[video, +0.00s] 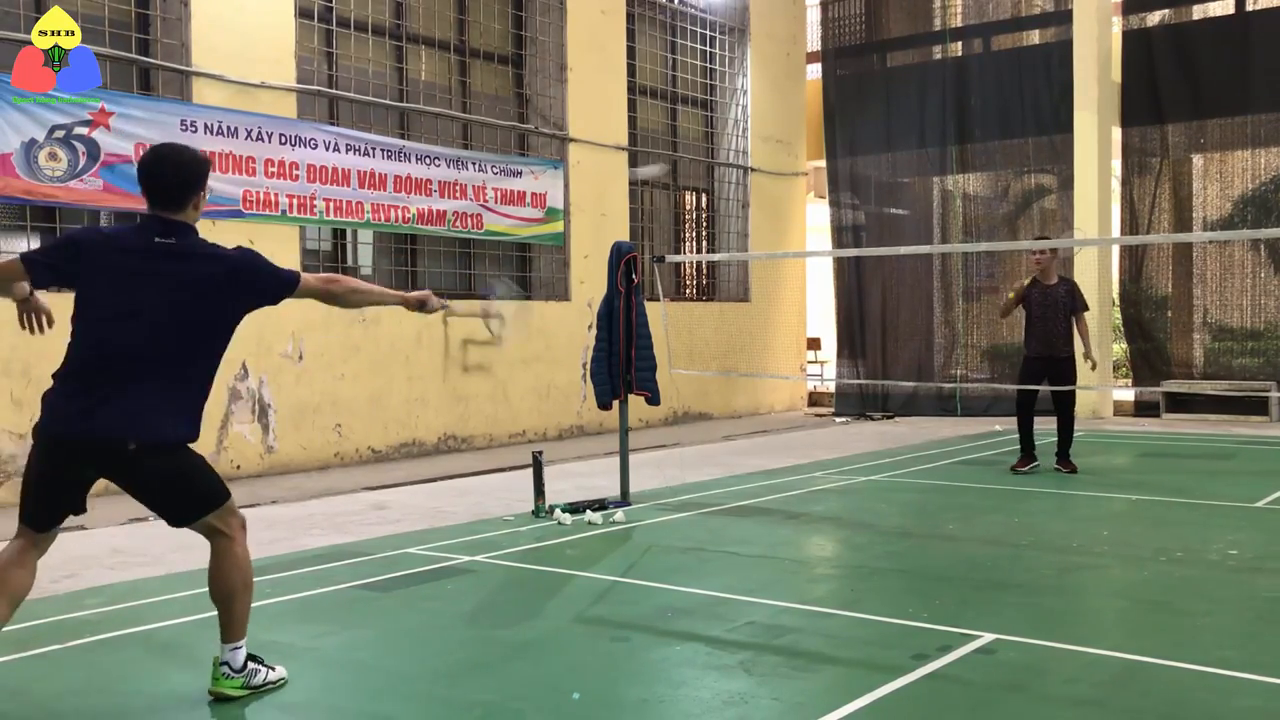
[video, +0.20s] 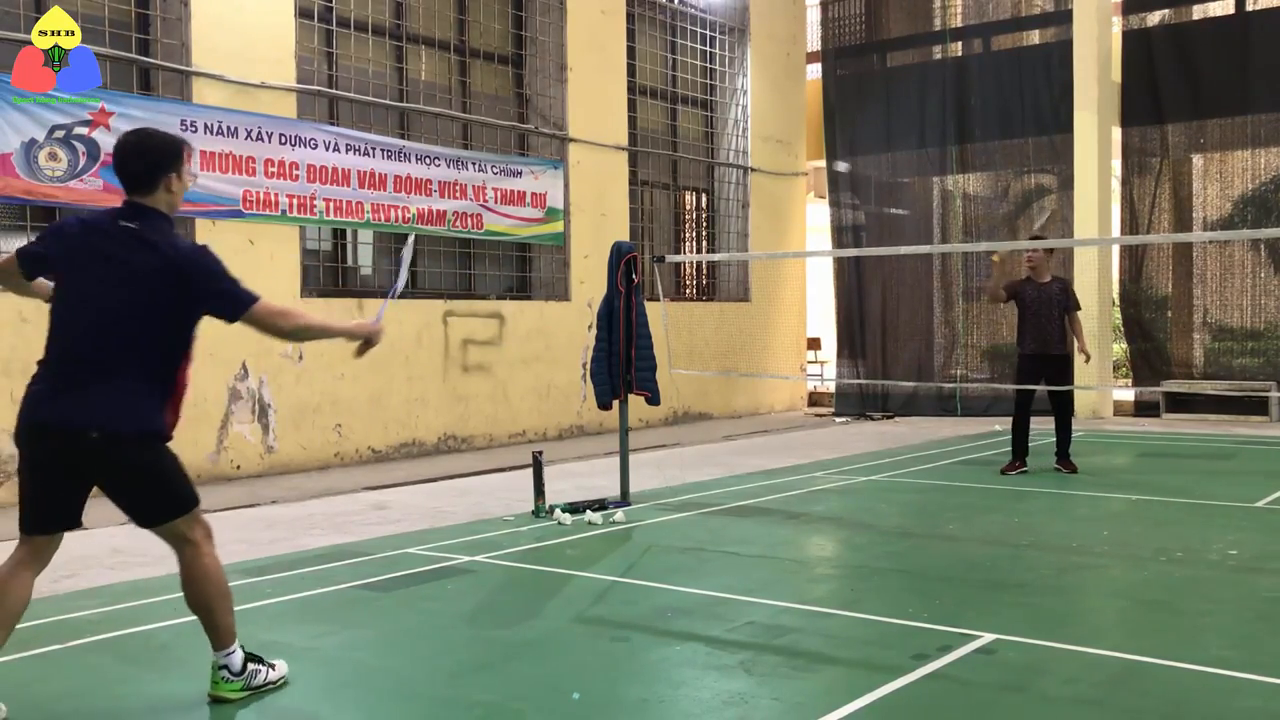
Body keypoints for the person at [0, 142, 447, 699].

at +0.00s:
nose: (207, 193)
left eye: (201, 186)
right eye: (206, 187)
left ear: (145, 192)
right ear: (199, 197)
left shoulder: (93, 246)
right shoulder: (230, 268)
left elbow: (9, 272)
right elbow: (329, 287)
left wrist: (22, 295)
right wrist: (404, 297)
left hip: (64, 430)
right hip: (151, 439)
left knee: (26, 541)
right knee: (228, 528)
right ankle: (233, 663)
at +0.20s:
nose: (190, 180)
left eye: (187, 169)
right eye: (186, 171)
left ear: (125, 180)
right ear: (171, 180)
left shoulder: (76, 231)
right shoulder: (185, 260)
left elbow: (8, 271)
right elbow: (278, 322)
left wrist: (53, 292)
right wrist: (353, 328)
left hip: (46, 425)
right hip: (125, 432)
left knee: (30, 551)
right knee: (193, 538)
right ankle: (230, 664)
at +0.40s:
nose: (160, 194)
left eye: (157, 182)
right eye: (155, 183)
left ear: (96, 191)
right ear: (134, 188)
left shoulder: (46, 237)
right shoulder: (129, 257)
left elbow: (39, 309)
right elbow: (198, 343)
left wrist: (106, 326)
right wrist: (272, 362)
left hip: (9, 432)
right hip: (75, 436)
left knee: (17, 562)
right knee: (151, 547)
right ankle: (215, 666)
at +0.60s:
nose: (167, 184)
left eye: (165, 172)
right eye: (165, 173)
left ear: (106, 178)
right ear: (148, 179)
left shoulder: (52, 223)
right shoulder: (145, 249)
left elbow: (15, 296)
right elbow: (193, 350)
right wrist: (243, 374)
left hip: (9, 416)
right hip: (74, 422)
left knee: (6, 565)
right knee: (137, 549)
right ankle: (149, 700)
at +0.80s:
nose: (201, 215)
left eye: (199, 205)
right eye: (200, 205)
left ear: (137, 205)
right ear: (186, 209)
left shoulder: (76, 245)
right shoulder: (196, 271)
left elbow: (9, 334)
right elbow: (278, 348)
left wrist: (11, 396)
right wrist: (260, 396)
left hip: (14, 413)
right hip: (95, 423)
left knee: (2, 559)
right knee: (159, 548)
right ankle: (155, 700)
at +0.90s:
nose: (212, 219)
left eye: (211, 210)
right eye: (212, 210)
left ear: (148, 207)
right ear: (200, 215)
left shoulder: (80, 246)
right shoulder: (209, 285)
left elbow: (11, 317)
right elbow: (294, 348)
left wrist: (1, 380)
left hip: (17, 413)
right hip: (100, 427)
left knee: (4, 553)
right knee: (165, 548)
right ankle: (155, 700)